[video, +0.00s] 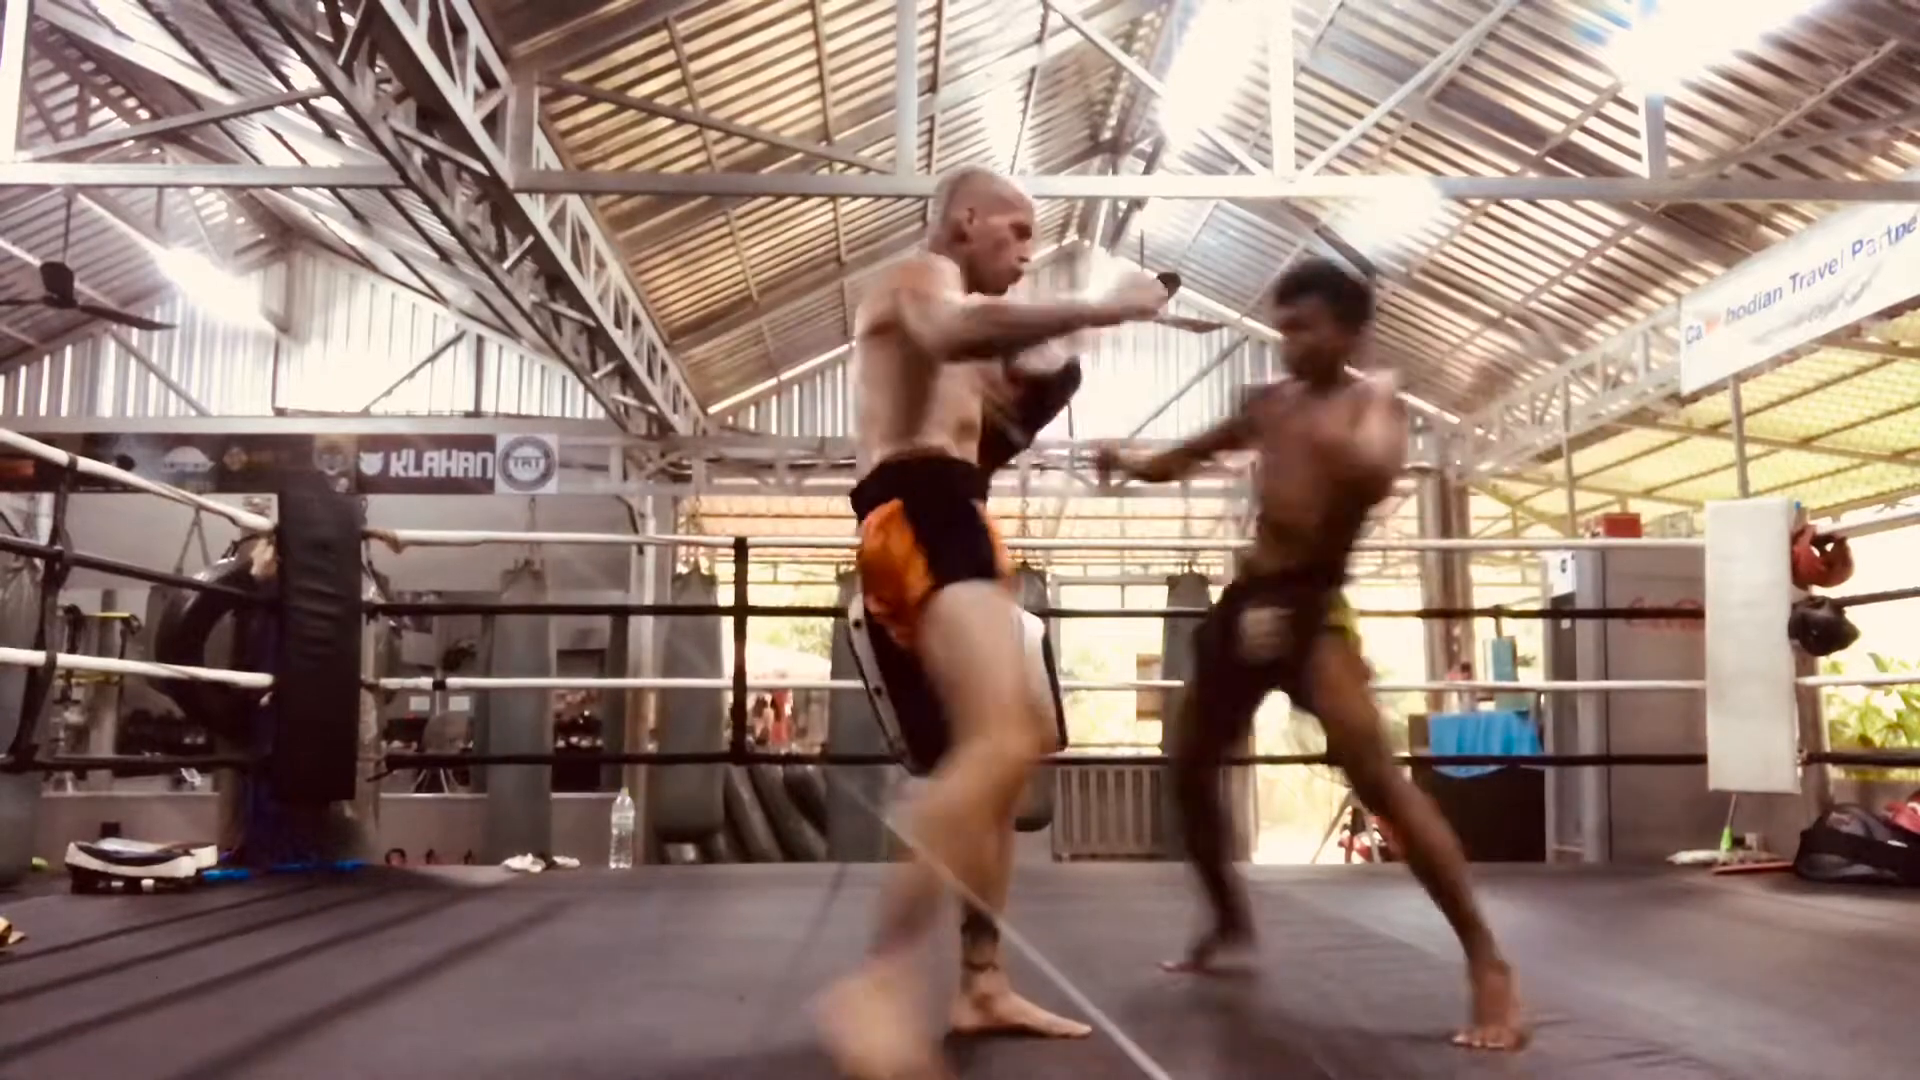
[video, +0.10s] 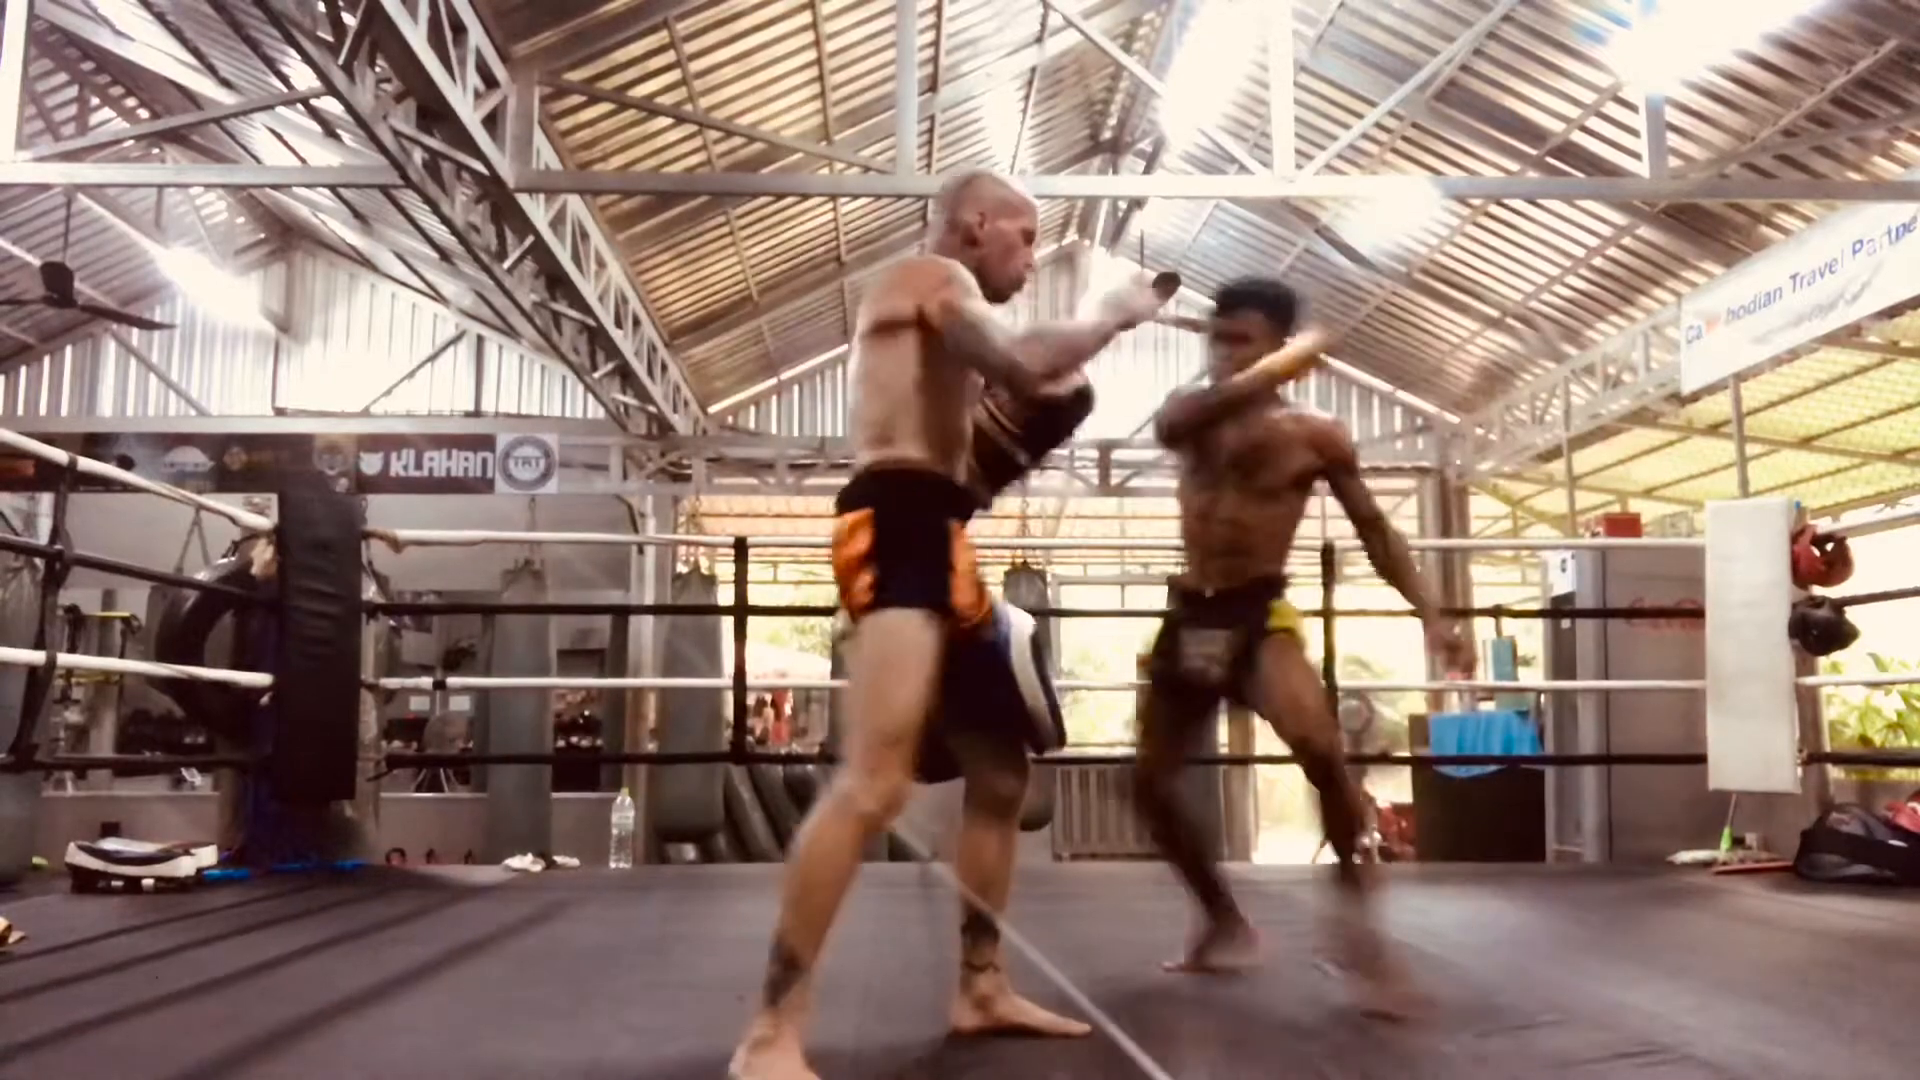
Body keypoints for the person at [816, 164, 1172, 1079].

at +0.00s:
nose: (1026, 248)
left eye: (1030, 236)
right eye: (1015, 230)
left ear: (985, 229)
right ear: (965, 221)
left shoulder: (964, 318)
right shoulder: (923, 272)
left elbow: (963, 451)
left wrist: (1027, 407)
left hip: (936, 513)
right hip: (918, 502)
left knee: (1011, 745)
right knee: (1004, 733)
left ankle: (984, 983)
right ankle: (880, 983)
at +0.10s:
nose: (1032, 255)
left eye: (1034, 240)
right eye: (1024, 235)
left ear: (969, 227)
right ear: (975, 223)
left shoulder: (943, 306)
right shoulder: (928, 278)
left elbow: (964, 467)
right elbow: (1028, 364)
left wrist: (1035, 427)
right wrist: (1119, 312)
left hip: (940, 531)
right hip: (898, 520)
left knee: (1002, 767)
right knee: (873, 780)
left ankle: (982, 988)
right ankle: (772, 1032)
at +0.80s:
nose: (1134, 240)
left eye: (1133, 222)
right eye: (1128, 220)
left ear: (1067, 214)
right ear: (1081, 213)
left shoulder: (1006, 288)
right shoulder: (1037, 259)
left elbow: (918, 440)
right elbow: (1102, 375)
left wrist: (1052, 482)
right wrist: (1171, 402)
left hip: (1005, 522)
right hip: (980, 509)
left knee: (1053, 765)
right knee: (902, 770)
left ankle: (1056, 993)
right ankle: (773, 1014)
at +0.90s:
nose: (1147, 254)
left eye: (1143, 239)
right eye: (1141, 237)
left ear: (1075, 231)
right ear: (1115, 229)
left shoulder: (1010, 314)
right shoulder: (1097, 277)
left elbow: (920, 438)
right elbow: (1166, 412)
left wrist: (974, 509)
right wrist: (1178, 455)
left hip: (991, 524)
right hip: (1033, 523)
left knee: (1083, 780)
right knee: (973, 782)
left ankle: (1075, 1004)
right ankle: (802, 993)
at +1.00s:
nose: (1162, 252)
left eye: (1155, 240)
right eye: (1158, 240)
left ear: (1082, 244)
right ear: (1144, 237)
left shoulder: (1028, 326)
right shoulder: (1149, 289)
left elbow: (946, 432)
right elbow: (1196, 411)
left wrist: (1007, 500)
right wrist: (1184, 478)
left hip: (1016, 533)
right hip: (1091, 520)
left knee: (1080, 788)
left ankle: (1077, 1006)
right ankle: (921, 942)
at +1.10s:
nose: (1181, 240)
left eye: (1168, 226)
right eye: (1178, 227)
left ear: (1105, 237)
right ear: (1172, 231)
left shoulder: (1051, 320)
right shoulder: (1195, 286)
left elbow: (975, 416)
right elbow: (1244, 420)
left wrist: (1044, 476)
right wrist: (1190, 475)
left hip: (1066, 528)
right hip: (1152, 514)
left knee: (1091, 776)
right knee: (1241, 761)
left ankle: (1077, 1000)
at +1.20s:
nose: (1197, 231)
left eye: (1184, 217)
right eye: (1195, 217)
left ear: (1133, 230)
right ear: (1201, 225)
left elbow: (1006, 405)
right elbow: (1303, 420)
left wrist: (1073, 443)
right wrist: (1231, 450)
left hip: (1122, 525)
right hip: (1223, 512)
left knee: (1108, 773)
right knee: (1324, 739)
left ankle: (1080, 1001)